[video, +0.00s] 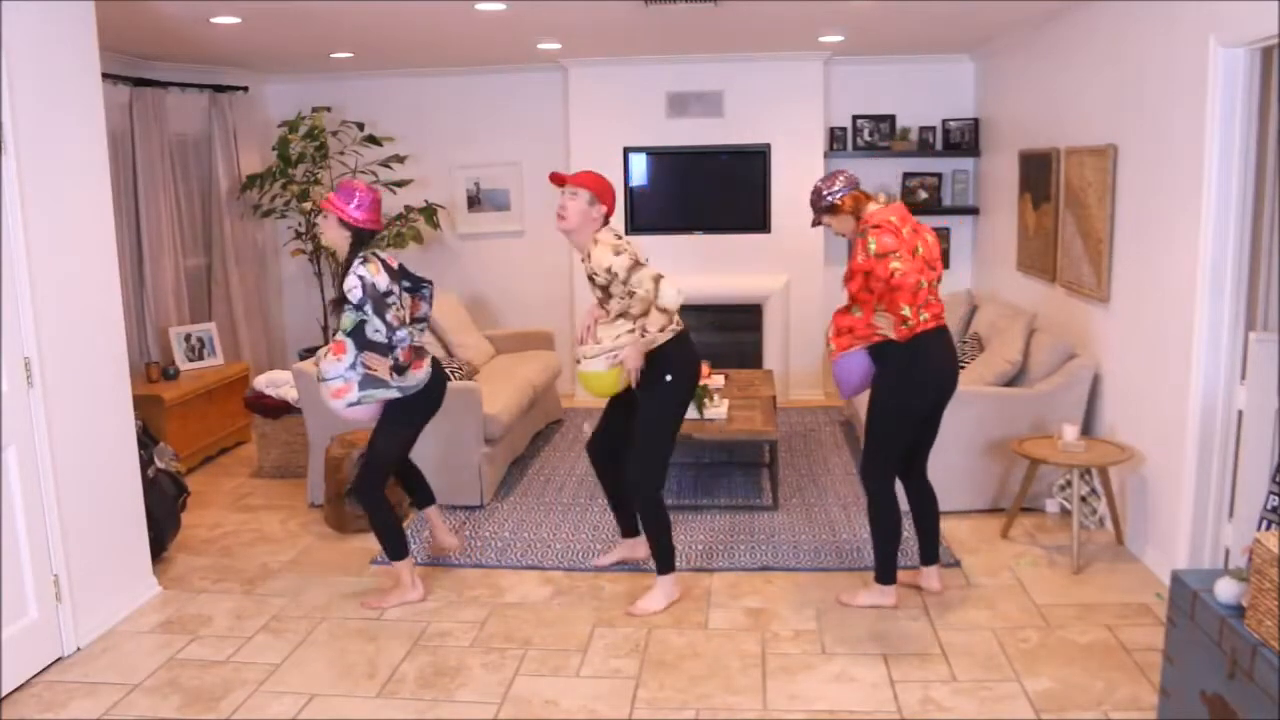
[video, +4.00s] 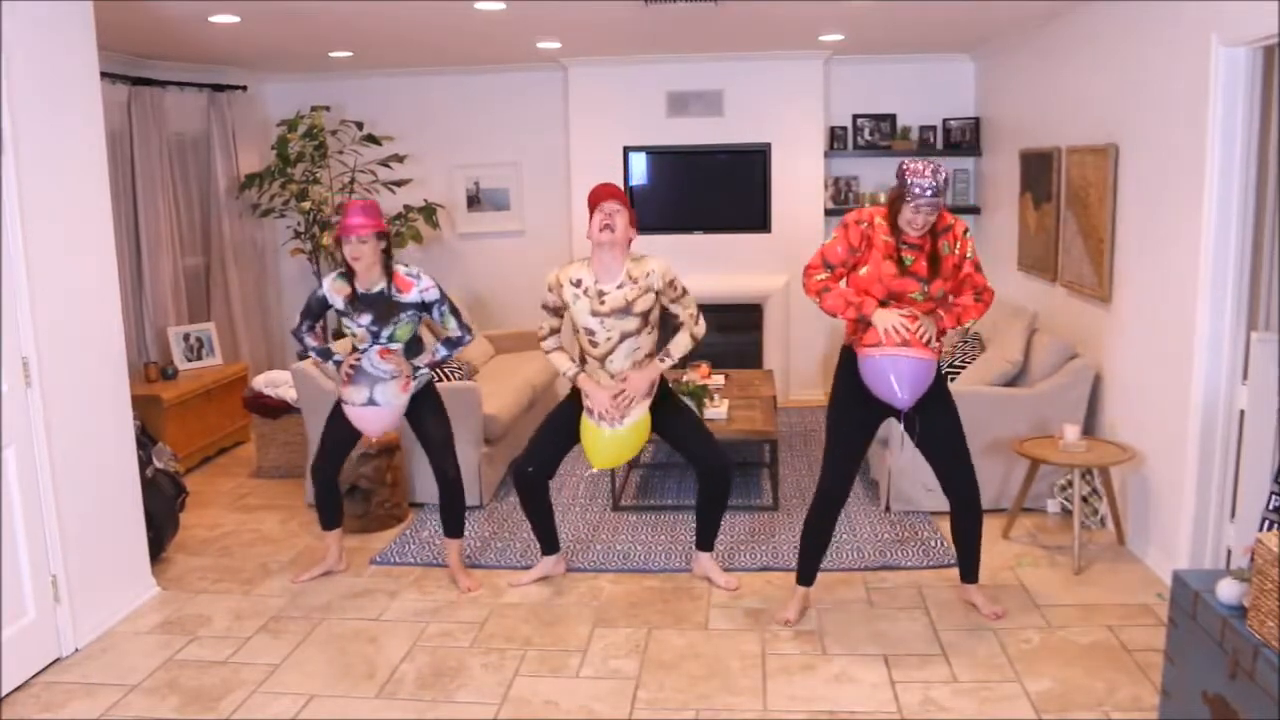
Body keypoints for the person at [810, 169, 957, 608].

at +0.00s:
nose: (832, 232)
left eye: (829, 223)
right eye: (826, 225)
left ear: (845, 207)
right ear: (853, 202)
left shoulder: (873, 233)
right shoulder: (910, 222)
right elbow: (934, 270)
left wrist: (841, 330)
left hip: (906, 357)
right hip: (940, 352)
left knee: (875, 471)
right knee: (912, 467)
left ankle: (884, 585)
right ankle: (930, 570)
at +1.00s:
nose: (858, 211)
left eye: (866, 200)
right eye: (849, 202)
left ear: (883, 192)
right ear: (839, 199)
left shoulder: (921, 230)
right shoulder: (832, 230)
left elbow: (939, 299)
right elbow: (814, 286)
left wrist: (880, 320)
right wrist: (818, 314)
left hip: (907, 359)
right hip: (853, 358)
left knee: (893, 470)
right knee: (857, 468)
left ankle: (898, 581)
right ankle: (861, 565)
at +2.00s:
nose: (896, 190)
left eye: (903, 183)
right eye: (885, 184)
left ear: (916, 197)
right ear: (871, 201)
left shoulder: (940, 247)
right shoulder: (850, 253)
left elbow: (954, 309)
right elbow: (823, 320)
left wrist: (936, 335)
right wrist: (871, 360)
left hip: (924, 376)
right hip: (861, 377)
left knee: (960, 491)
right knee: (850, 488)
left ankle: (958, 583)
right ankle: (824, 574)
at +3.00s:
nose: (952, 187)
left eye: (961, 179)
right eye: (943, 178)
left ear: (973, 182)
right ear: (927, 179)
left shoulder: (991, 220)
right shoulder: (900, 211)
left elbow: (1024, 282)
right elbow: (857, 265)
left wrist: (974, 324)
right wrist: (904, 315)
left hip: (955, 360)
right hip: (893, 354)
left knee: (957, 476)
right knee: (859, 469)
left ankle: (957, 582)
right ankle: (816, 574)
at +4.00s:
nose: (919, 220)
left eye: (929, 212)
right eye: (912, 210)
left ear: (940, 208)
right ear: (895, 200)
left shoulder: (953, 234)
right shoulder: (862, 226)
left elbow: (979, 293)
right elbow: (816, 277)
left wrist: (938, 320)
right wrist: (871, 312)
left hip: (923, 367)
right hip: (863, 364)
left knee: (963, 484)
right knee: (833, 484)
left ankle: (970, 584)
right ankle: (802, 591)